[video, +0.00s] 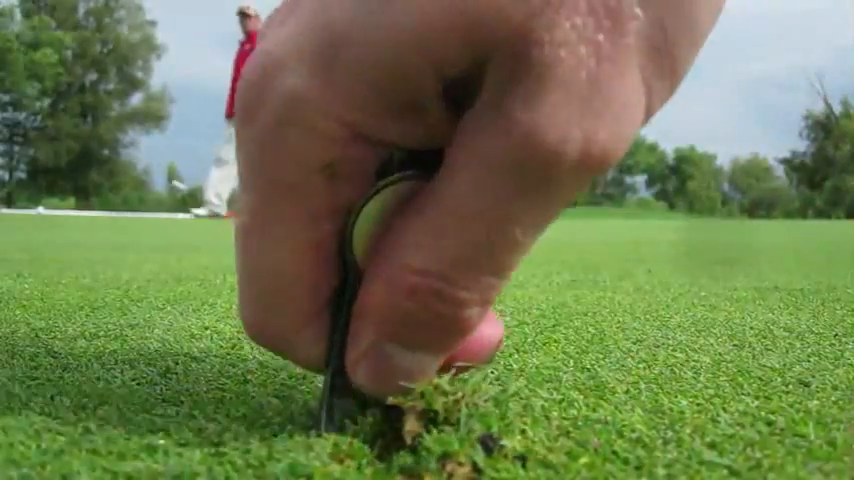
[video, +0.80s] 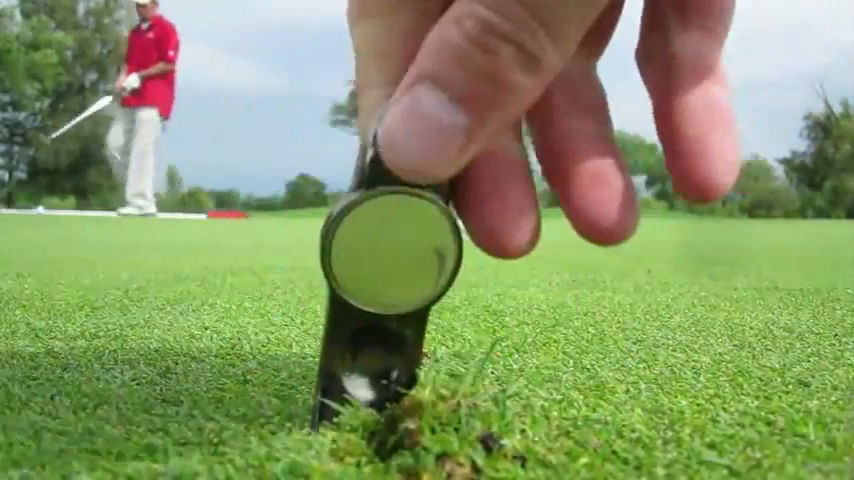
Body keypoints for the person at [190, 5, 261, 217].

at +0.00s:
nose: (244, 22)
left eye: (248, 18)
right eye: (242, 19)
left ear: (258, 19)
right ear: (241, 22)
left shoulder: (261, 43)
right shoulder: (244, 45)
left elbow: (255, 78)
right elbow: (237, 78)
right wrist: (231, 109)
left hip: (251, 114)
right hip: (236, 114)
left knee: (227, 159)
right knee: (226, 159)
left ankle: (215, 203)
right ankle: (215, 203)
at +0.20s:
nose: (212, 19)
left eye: (216, 15)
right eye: (211, 15)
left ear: (227, 15)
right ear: (211, 17)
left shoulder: (236, 35)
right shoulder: (216, 41)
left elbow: (242, 68)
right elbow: (209, 77)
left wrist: (225, 92)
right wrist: (199, 106)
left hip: (223, 101)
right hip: (210, 103)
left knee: (214, 150)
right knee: (206, 155)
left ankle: (234, 201)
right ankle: (211, 204)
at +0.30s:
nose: (200, 17)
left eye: (203, 12)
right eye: (198, 13)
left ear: (214, 12)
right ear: (199, 15)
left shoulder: (225, 34)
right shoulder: (202, 40)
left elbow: (230, 65)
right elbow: (196, 74)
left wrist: (211, 88)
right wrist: (179, 96)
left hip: (213, 99)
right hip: (198, 101)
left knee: (196, 145)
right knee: (201, 148)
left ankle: (207, 198)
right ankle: (205, 199)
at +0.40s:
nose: (189, 17)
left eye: (192, 12)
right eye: (187, 13)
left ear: (203, 13)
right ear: (186, 14)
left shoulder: (212, 34)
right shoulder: (188, 39)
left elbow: (220, 64)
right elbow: (183, 70)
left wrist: (197, 85)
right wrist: (168, 87)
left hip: (204, 103)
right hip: (188, 103)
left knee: (185, 150)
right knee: (203, 156)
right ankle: (210, 204)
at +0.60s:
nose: (164, 15)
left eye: (168, 11)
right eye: (162, 11)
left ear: (179, 11)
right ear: (160, 13)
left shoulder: (189, 34)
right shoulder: (159, 39)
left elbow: (194, 68)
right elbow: (152, 68)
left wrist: (166, 82)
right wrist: (145, 83)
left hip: (177, 98)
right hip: (161, 98)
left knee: (158, 149)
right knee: (172, 153)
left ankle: (143, 201)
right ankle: (201, 195)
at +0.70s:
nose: (152, 13)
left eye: (156, 9)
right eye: (149, 9)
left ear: (167, 8)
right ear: (147, 10)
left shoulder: (177, 32)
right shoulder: (147, 36)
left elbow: (181, 67)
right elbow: (139, 64)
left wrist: (151, 80)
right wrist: (132, 83)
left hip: (165, 97)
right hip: (147, 96)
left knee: (146, 148)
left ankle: (142, 200)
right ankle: (172, 183)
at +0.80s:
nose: (140, 9)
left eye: (144, 5)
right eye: (138, 6)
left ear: (155, 5)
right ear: (135, 8)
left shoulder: (166, 29)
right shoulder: (135, 32)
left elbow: (168, 64)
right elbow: (129, 62)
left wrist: (139, 76)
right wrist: (122, 79)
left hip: (152, 97)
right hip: (132, 97)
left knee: (142, 148)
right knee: (114, 145)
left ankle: (141, 201)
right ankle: (138, 192)